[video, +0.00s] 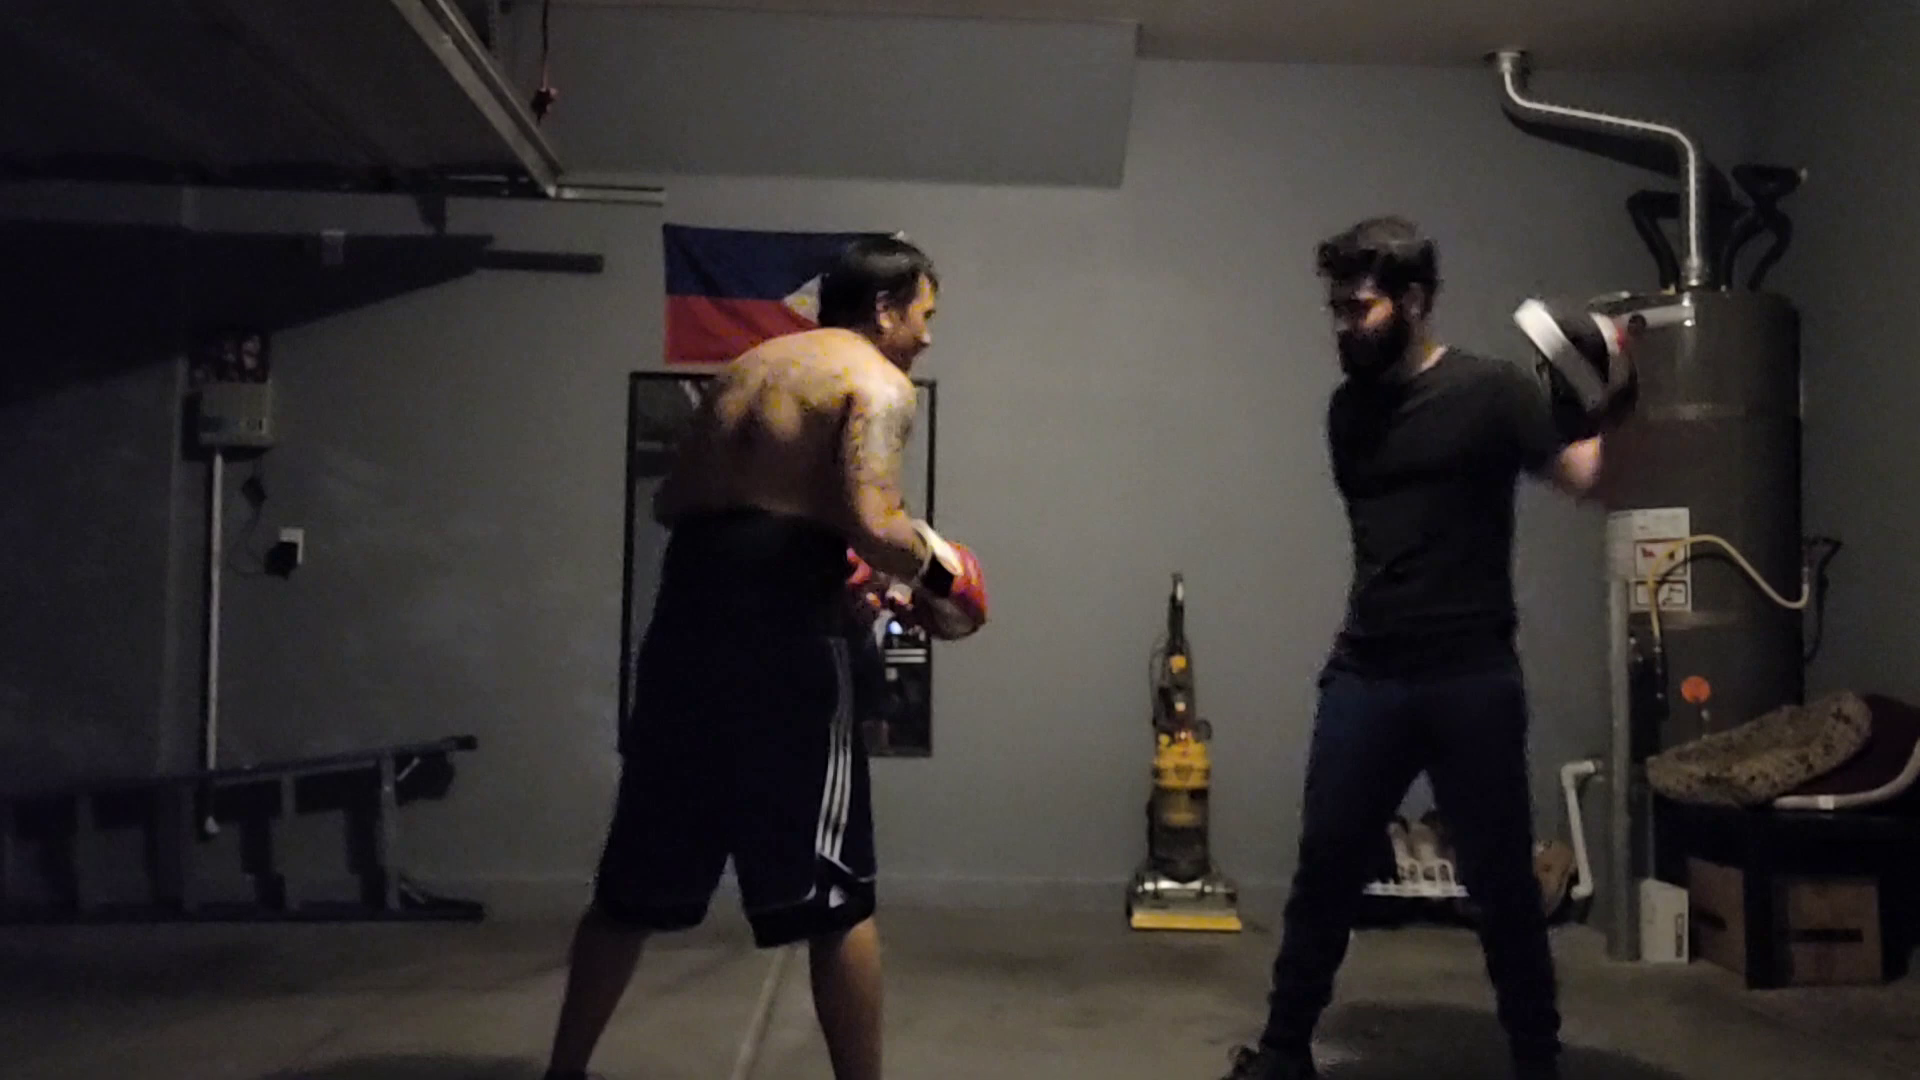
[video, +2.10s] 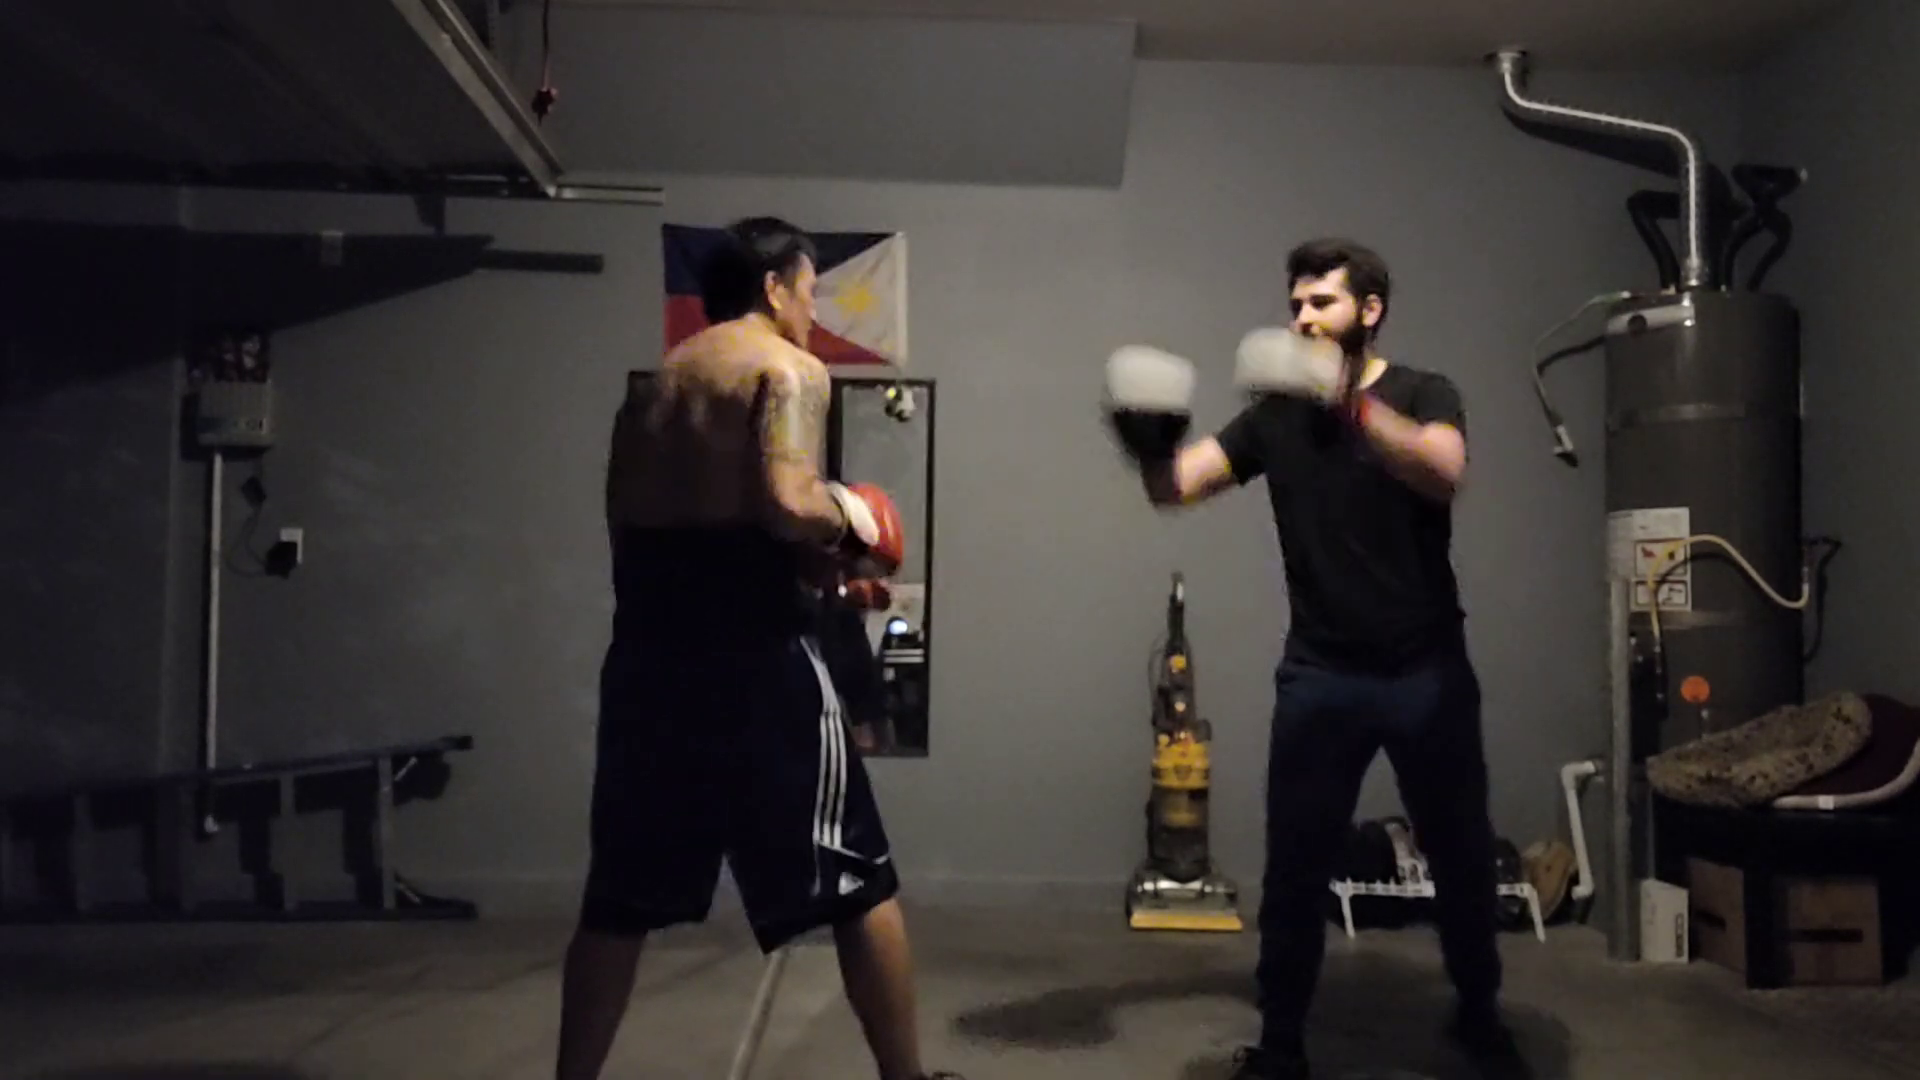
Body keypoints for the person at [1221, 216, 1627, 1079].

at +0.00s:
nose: (1343, 322)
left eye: (1360, 305)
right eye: (1337, 305)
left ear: (1415, 302)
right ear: (1335, 305)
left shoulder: (1492, 389)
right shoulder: (1349, 409)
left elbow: (1593, 479)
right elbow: (1379, 538)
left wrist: (1617, 398)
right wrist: (1363, 640)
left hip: (1469, 677)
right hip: (1367, 677)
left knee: (1500, 882)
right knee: (1325, 868)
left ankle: (1535, 1054)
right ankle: (1284, 1046)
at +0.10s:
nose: (1322, 325)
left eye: (1338, 306)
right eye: (1312, 310)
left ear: (1388, 301)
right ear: (1305, 313)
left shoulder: (1453, 394)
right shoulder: (1322, 416)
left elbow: (1528, 517)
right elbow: (1329, 539)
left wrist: (1581, 452)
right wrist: (1325, 639)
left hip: (1437, 676)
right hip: (1340, 679)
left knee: (1481, 880)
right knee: (1321, 874)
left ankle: (1529, 1050)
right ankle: (1287, 1047)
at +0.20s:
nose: (1300, 322)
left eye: (1315, 304)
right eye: (1290, 308)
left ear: (1366, 300)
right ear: (1283, 314)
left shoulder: (1417, 392)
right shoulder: (1300, 418)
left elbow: (1444, 492)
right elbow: (1283, 550)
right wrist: (1259, 665)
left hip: (1408, 677)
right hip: (1314, 680)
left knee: (1458, 873)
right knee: (1305, 873)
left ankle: (1520, 1047)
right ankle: (1285, 1050)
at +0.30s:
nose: (1283, 322)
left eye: (1298, 305)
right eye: (1275, 308)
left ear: (1350, 300)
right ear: (1272, 313)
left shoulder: (1392, 392)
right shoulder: (1280, 419)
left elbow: (1401, 509)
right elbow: (1238, 532)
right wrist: (1205, 610)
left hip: (1389, 672)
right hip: (1295, 673)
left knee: (1437, 864)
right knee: (1297, 867)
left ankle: (1499, 1045)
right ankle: (1285, 1045)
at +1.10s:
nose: (1318, 316)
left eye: (1336, 300)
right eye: (1311, 303)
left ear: (1387, 306)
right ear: (1306, 311)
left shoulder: (1445, 410)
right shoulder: (1286, 420)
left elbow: (1510, 528)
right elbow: (1254, 526)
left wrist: (1442, 548)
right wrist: (1221, 590)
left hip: (1423, 676)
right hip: (1317, 678)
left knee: (1445, 865)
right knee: (1295, 859)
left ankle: (1466, 1039)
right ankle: (1283, 1042)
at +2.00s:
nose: (1291, 316)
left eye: (1308, 301)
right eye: (1283, 304)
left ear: (1357, 311)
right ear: (1278, 317)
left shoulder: (1417, 407)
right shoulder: (1264, 424)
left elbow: (1461, 516)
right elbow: (1198, 524)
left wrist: (1363, 497)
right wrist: (1163, 540)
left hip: (1425, 677)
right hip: (1316, 679)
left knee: (1464, 858)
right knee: (1292, 864)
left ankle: (1469, 1023)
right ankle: (1280, 1044)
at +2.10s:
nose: (1306, 316)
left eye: (1323, 301)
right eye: (1297, 306)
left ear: (1371, 309)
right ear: (1290, 318)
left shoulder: (1420, 393)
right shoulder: (1277, 413)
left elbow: (1444, 469)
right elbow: (1176, 486)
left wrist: (1349, 400)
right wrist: (1149, 436)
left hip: (1426, 673)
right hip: (1319, 676)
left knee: (1463, 861)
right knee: (1294, 870)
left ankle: (1480, 1025)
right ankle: (1279, 1045)